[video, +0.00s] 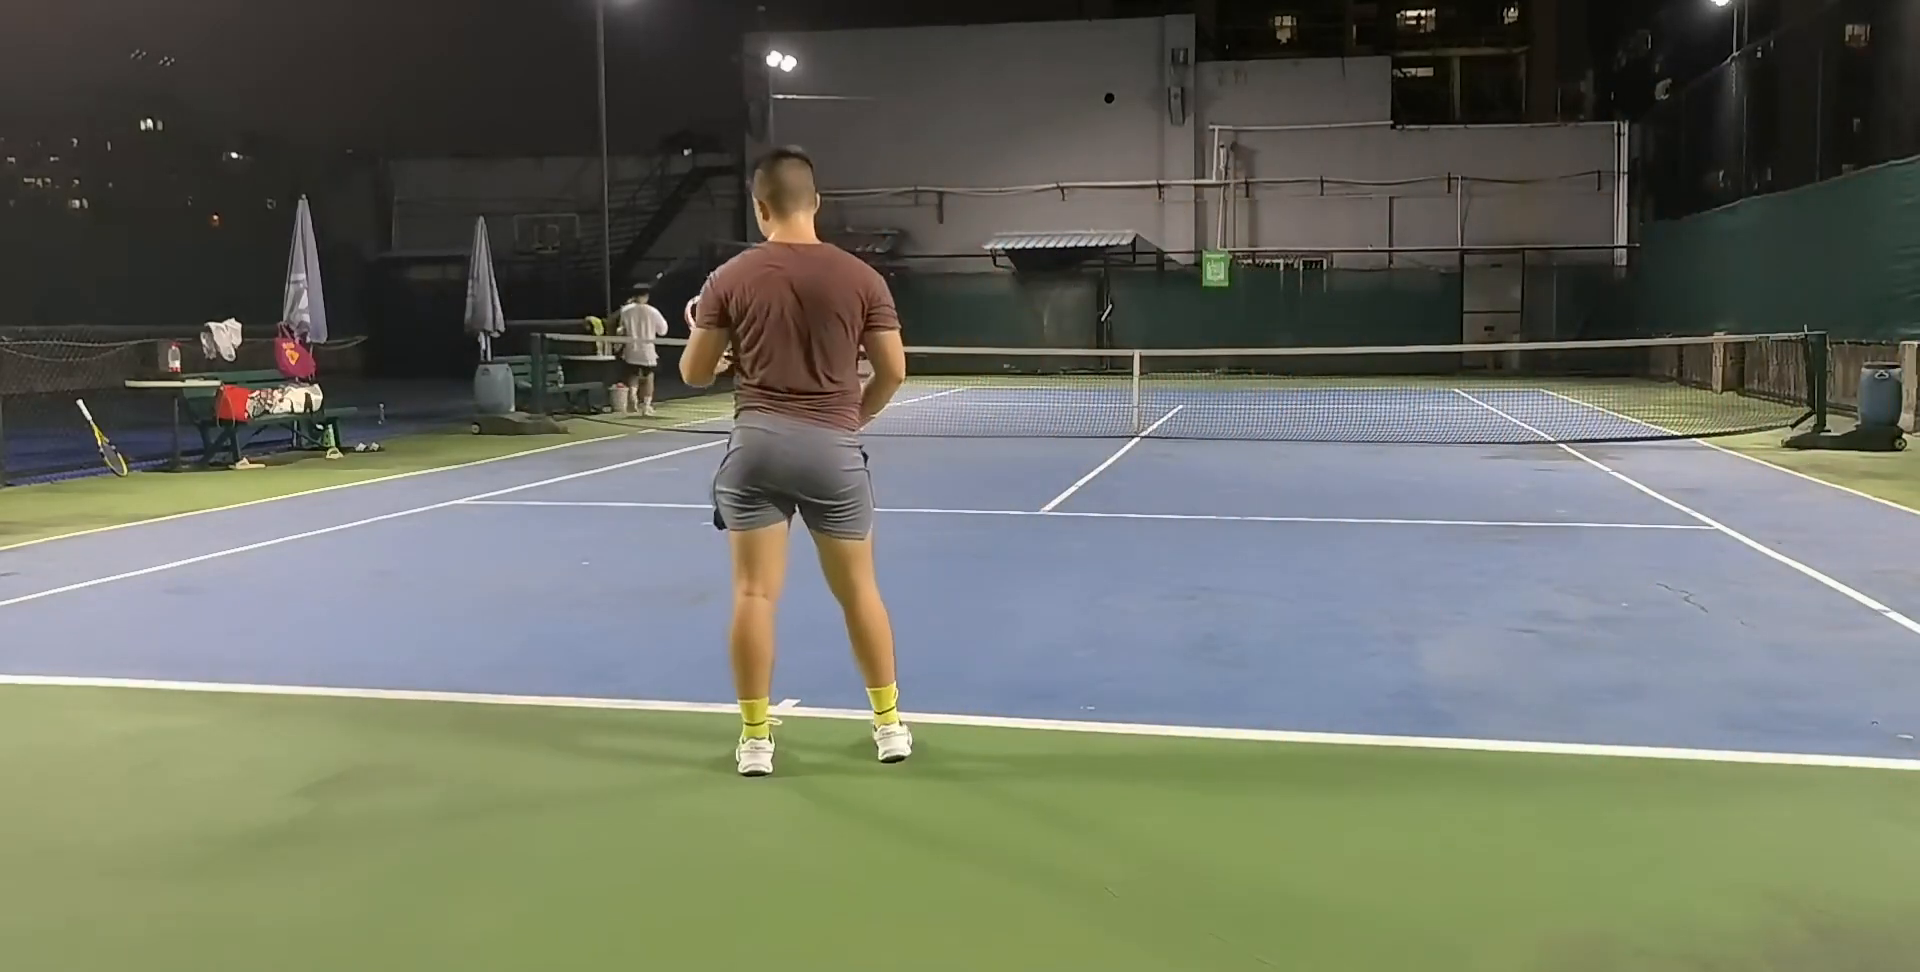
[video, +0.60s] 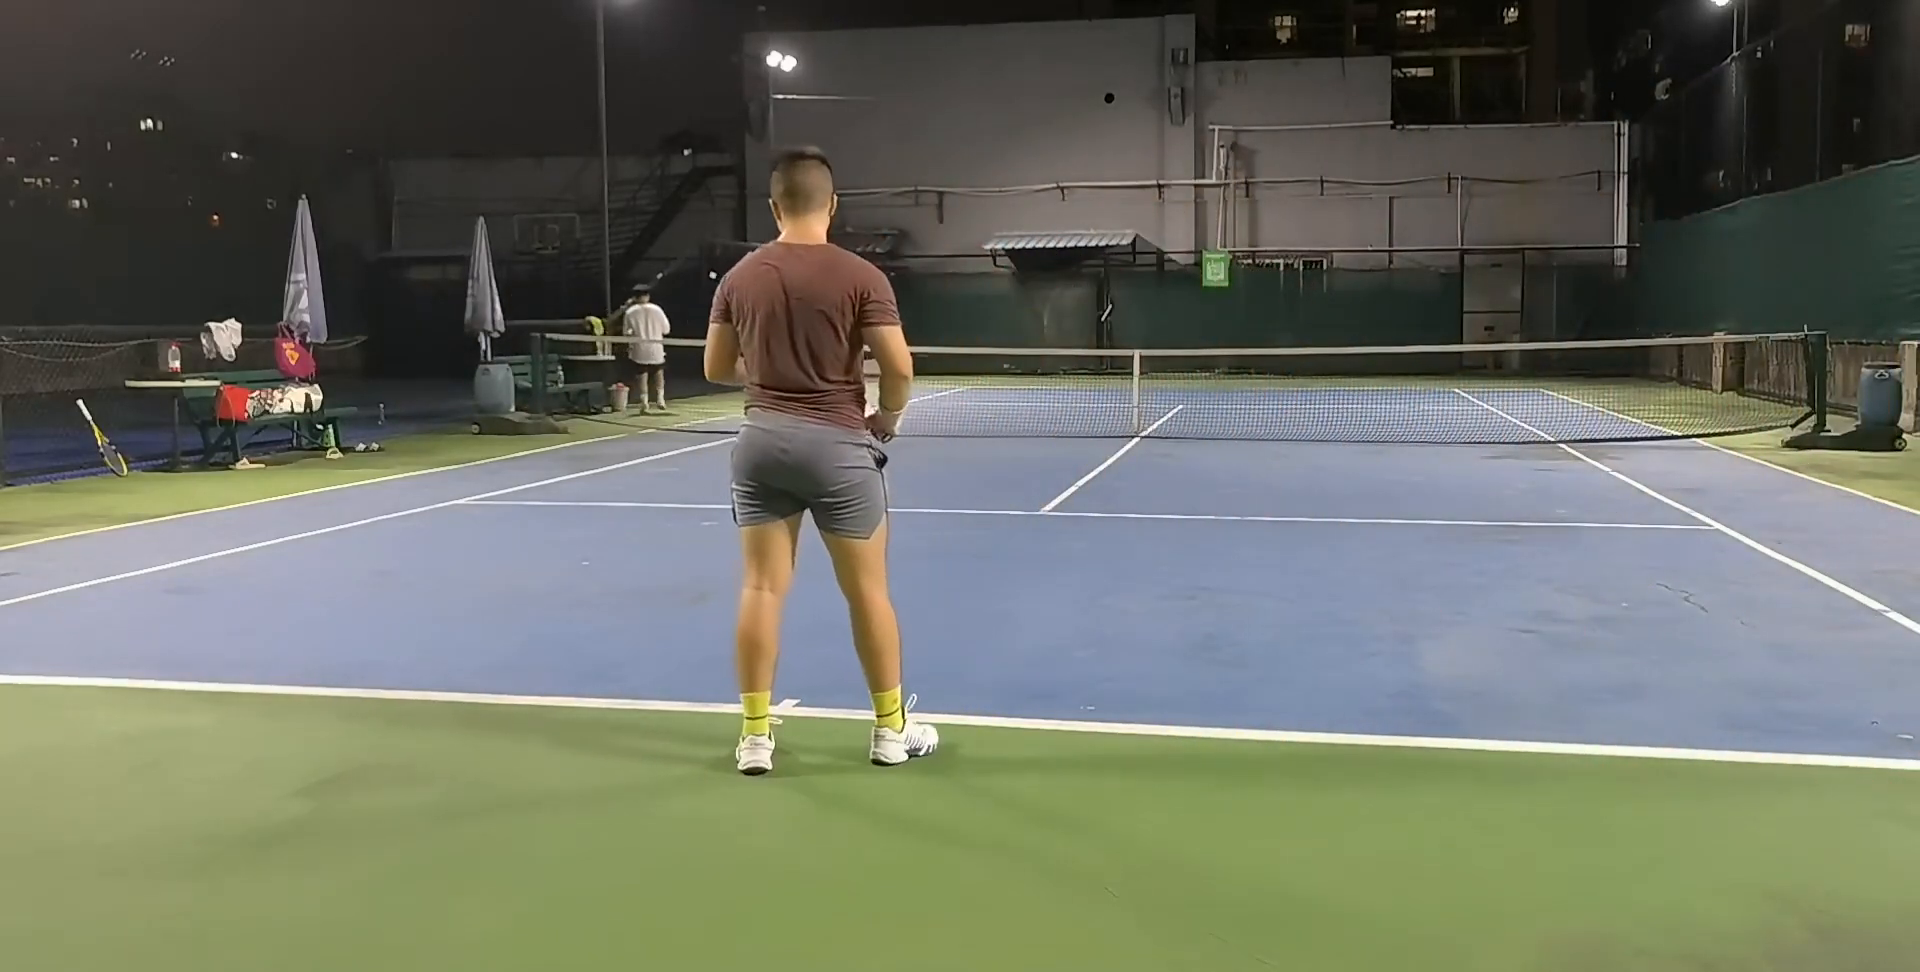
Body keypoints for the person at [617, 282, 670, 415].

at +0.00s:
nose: (645, 298)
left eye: (644, 296)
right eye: (646, 296)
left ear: (634, 296)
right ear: (646, 297)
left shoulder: (625, 310)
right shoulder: (652, 311)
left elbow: (623, 327)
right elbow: (663, 330)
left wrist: (628, 305)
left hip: (631, 349)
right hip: (648, 349)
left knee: (632, 374)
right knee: (648, 377)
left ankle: (632, 393)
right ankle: (647, 405)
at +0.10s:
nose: (644, 298)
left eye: (642, 296)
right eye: (646, 296)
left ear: (635, 296)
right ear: (648, 296)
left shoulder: (627, 311)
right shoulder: (655, 311)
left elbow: (623, 330)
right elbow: (665, 330)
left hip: (632, 349)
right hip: (650, 349)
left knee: (636, 374)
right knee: (649, 376)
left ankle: (639, 402)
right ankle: (647, 404)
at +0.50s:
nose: (641, 299)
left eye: (639, 297)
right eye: (643, 296)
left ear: (635, 297)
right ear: (647, 297)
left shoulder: (629, 313)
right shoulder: (656, 310)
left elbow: (626, 332)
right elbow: (666, 329)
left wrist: (628, 348)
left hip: (637, 350)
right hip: (655, 349)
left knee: (641, 374)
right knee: (658, 369)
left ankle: (644, 401)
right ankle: (657, 392)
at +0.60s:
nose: (640, 299)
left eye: (638, 296)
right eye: (643, 296)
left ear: (636, 297)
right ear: (648, 296)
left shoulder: (630, 312)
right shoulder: (657, 310)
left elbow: (626, 332)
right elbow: (666, 330)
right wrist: (653, 327)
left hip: (638, 350)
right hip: (656, 349)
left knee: (642, 374)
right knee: (658, 371)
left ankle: (644, 402)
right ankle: (661, 398)